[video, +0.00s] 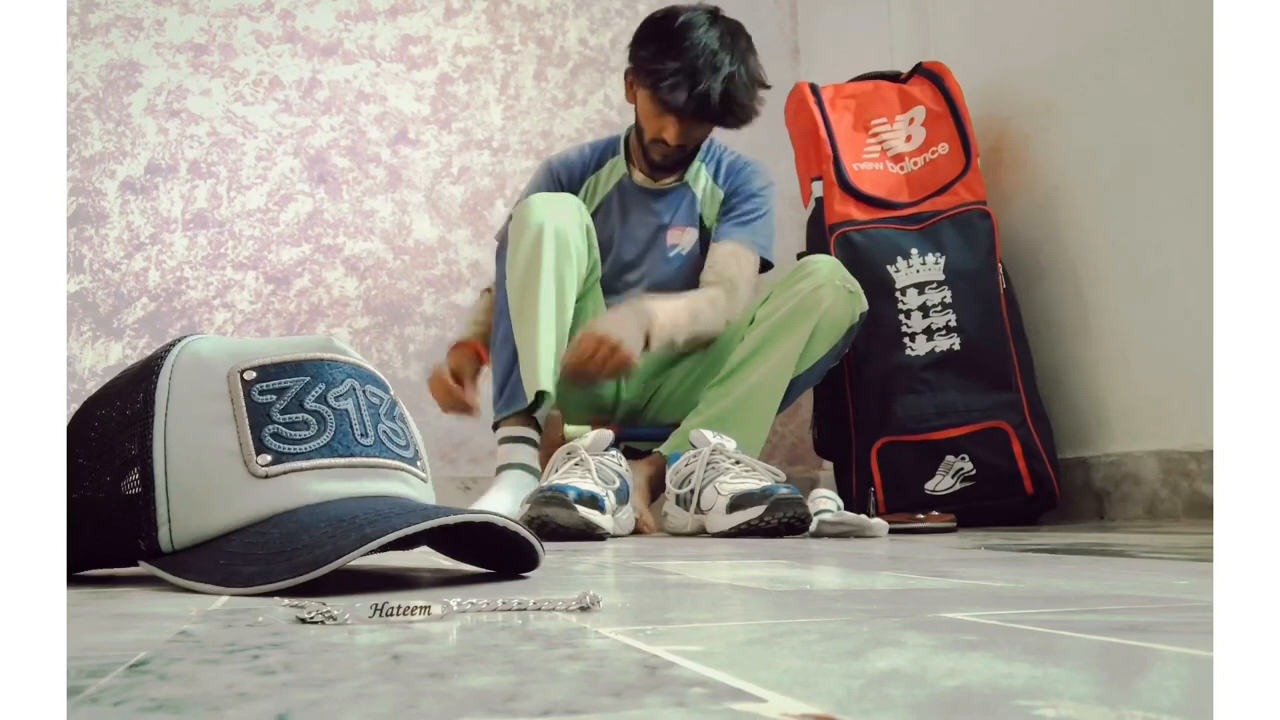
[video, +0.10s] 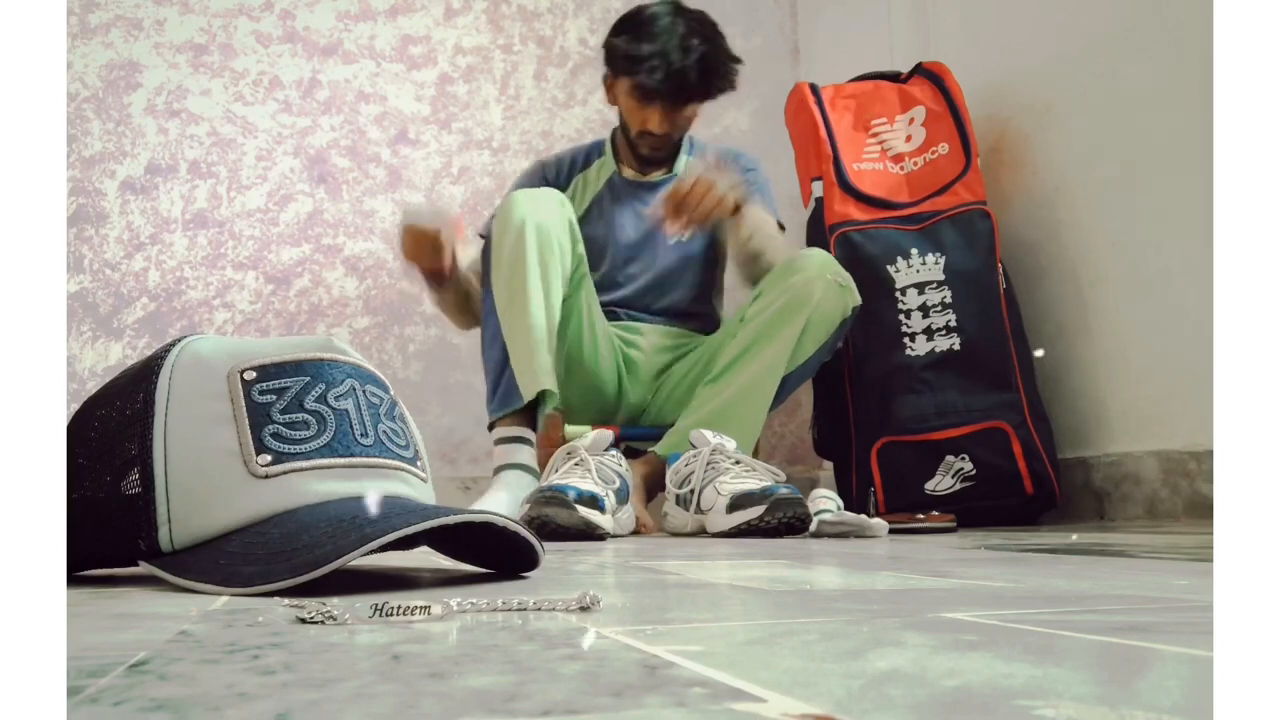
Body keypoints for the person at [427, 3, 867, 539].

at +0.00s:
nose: (674, 135)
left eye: (696, 121)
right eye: (664, 108)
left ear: (722, 116)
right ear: (633, 88)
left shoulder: (740, 183)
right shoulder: (566, 176)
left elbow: (726, 298)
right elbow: (506, 286)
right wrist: (475, 341)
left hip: (678, 384)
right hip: (579, 379)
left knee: (830, 281)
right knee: (546, 210)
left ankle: (698, 461)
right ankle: (520, 461)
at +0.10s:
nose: (659, 123)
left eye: (678, 105)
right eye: (644, 99)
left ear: (701, 99)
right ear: (612, 89)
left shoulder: (730, 175)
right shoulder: (556, 178)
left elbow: (775, 281)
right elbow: (473, 315)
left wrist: (736, 212)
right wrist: (444, 277)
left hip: (689, 371)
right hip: (587, 363)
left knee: (821, 277)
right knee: (528, 205)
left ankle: (681, 467)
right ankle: (524, 460)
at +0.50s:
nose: (624, 127)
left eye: (635, 103)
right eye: (602, 112)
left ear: (664, 92)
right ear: (577, 113)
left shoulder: (710, 192)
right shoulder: (543, 192)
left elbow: (784, 298)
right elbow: (470, 327)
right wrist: (455, 238)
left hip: (701, 383)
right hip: (595, 387)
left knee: (775, 214)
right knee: (552, 210)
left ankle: (766, 460)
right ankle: (583, 460)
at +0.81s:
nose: (667, 121)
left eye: (682, 96)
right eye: (644, 100)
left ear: (704, 80)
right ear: (606, 94)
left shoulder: (744, 179)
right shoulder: (561, 151)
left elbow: (812, 306)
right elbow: (602, 299)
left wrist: (844, 402)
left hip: (705, 383)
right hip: (605, 376)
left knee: (759, 200)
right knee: (502, 247)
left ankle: (742, 464)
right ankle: (586, 457)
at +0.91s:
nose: (658, 126)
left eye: (674, 101)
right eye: (635, 105)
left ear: (693, 89)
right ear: (596, 99)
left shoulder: (728, 178)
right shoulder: (554, 165)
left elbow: (798, 296)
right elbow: (607, 310)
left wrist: (828, 372)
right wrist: (726, 363)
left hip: (702, 387)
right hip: (603, 380)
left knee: (751, 201)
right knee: (495, 251)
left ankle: (722, 460)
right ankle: (585, 461)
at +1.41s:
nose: (725, 137)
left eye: (742, 117)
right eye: (706, 117)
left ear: (762, 104)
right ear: (656, 97)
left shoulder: (773, 188)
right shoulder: (594, 168)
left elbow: (817, 323)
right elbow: (628, 325)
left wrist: (858, 412)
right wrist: (758, 401)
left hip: (716, 389)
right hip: (613, 383)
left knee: (772, 207)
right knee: (515, 244)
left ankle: (723, 460)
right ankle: (588, 456)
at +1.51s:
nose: (730, 138)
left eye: (747, 119)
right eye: (709, 116)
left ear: (766, 106)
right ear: (663, 96)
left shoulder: (774, 189)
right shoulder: (599, 170)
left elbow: (819, 326)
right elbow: (639, 332)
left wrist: (857, 417)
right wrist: (772, 411)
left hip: (717, 388)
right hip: (615, 382)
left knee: (773, 207)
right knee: (518, 243)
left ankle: (723, 457)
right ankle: (591, 454)